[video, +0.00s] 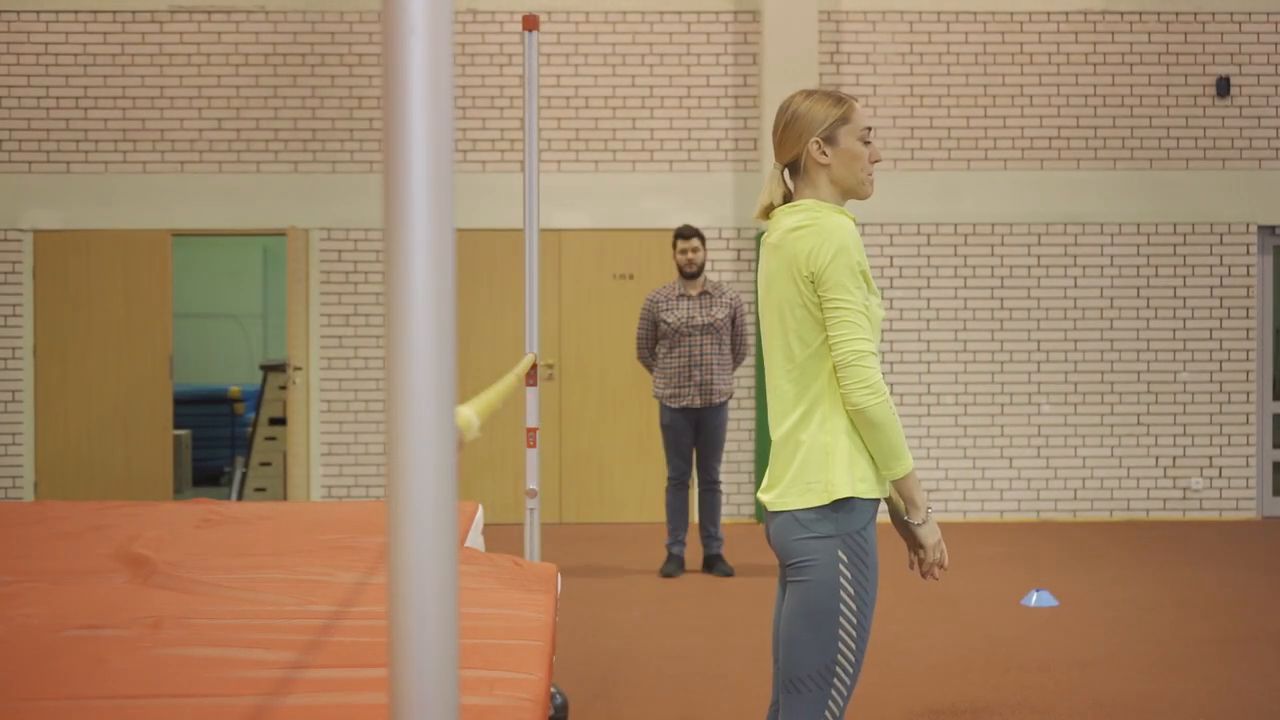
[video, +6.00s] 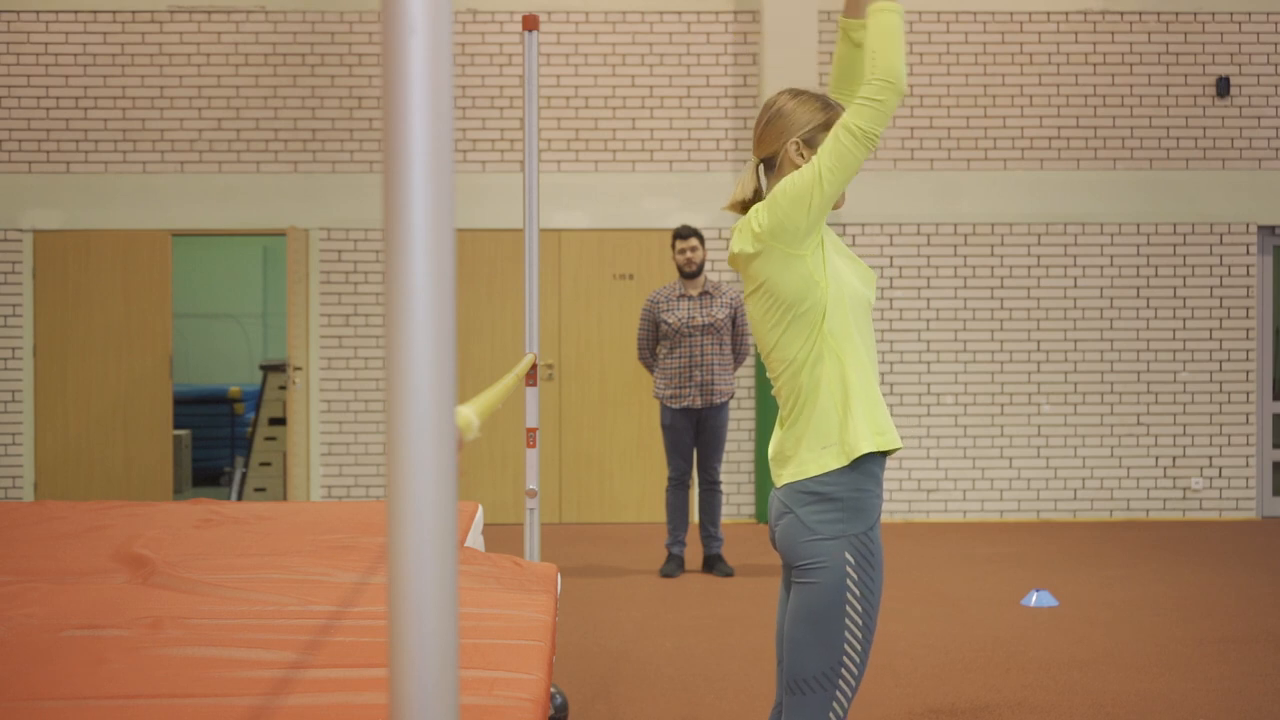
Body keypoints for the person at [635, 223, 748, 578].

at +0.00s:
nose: (689, 256)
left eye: (695, 250)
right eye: (683, 251)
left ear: (705, 254)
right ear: (674, 256)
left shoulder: (728, 297)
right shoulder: (659, 299)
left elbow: (741, 348)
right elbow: (644, 350)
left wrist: (717, 372)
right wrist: (670, 375)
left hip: (715, 402)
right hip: (674, 402)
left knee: (710, 479)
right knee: (678, 477)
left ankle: (713, 552)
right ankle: (675, 553)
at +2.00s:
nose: (689, 256)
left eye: (695, 250)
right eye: (682, 251)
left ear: (705, 253)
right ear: (674, 256)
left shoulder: (728, 296)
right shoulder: (658, 300)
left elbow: (741, 347)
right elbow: (644, 350)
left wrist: (718, 372)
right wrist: (669, 376)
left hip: (715, 401)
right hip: (674, 402)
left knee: (710, 478)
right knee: (678, 477)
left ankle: (713, 552)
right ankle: (675, 553)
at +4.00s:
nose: (688, 256)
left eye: (694, 250)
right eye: (682, 251)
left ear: (705, 253)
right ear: (673, 256)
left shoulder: (728, 297)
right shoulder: (658, 300)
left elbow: (741, 346)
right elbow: (644, 351)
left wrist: (718, 372)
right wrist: (669, 376)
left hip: (715, 402)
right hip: (674, 403)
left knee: (710, 479)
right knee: (678, 477)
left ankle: (713, 553)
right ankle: (675, 552)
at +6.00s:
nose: (688, 256)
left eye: (693, 249)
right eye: (681, 251)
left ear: (705, 253)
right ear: (673, 257)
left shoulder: (729, 297)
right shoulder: (659, 300)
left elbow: (742, 348)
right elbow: (645, 351)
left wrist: (719, 373)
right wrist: (670, 377)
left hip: (716, 402)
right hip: (675, 403)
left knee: (710, 479)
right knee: (679, 477)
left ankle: (713, 553)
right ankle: (675, 552)